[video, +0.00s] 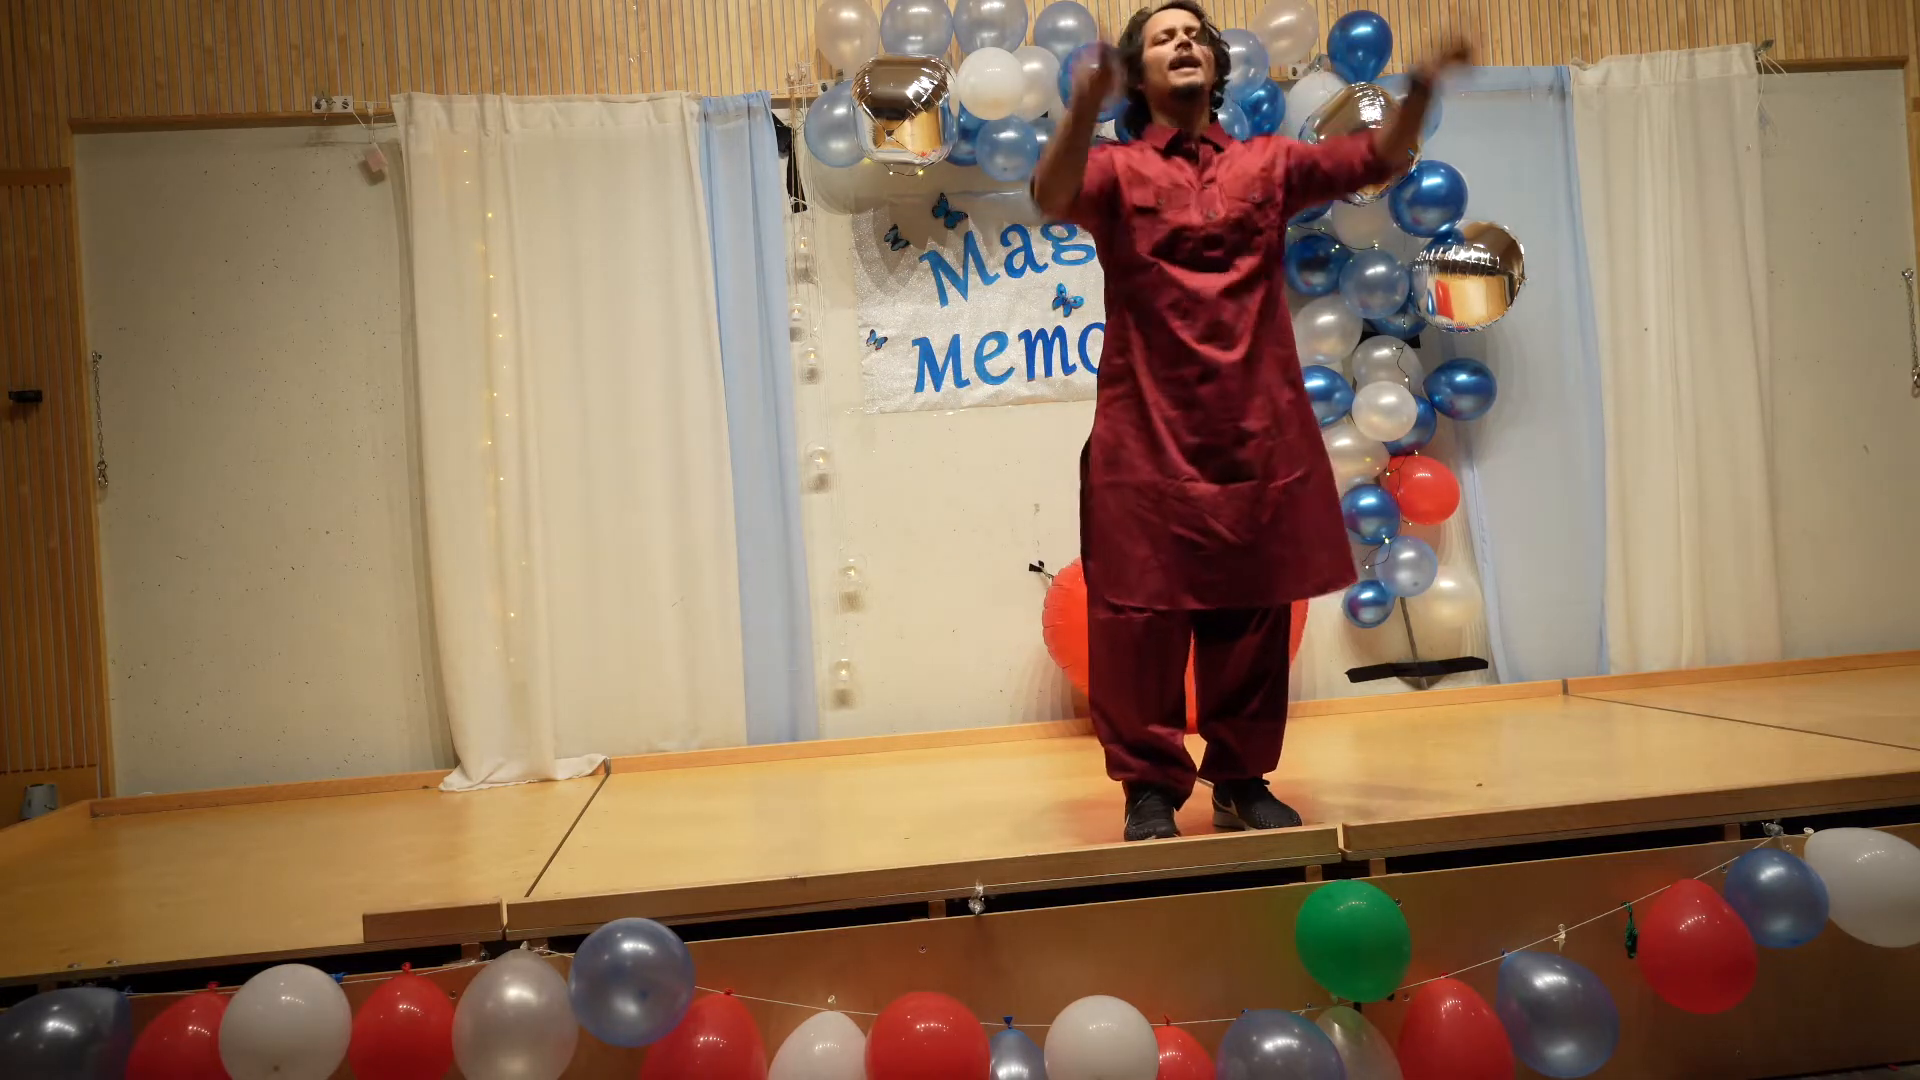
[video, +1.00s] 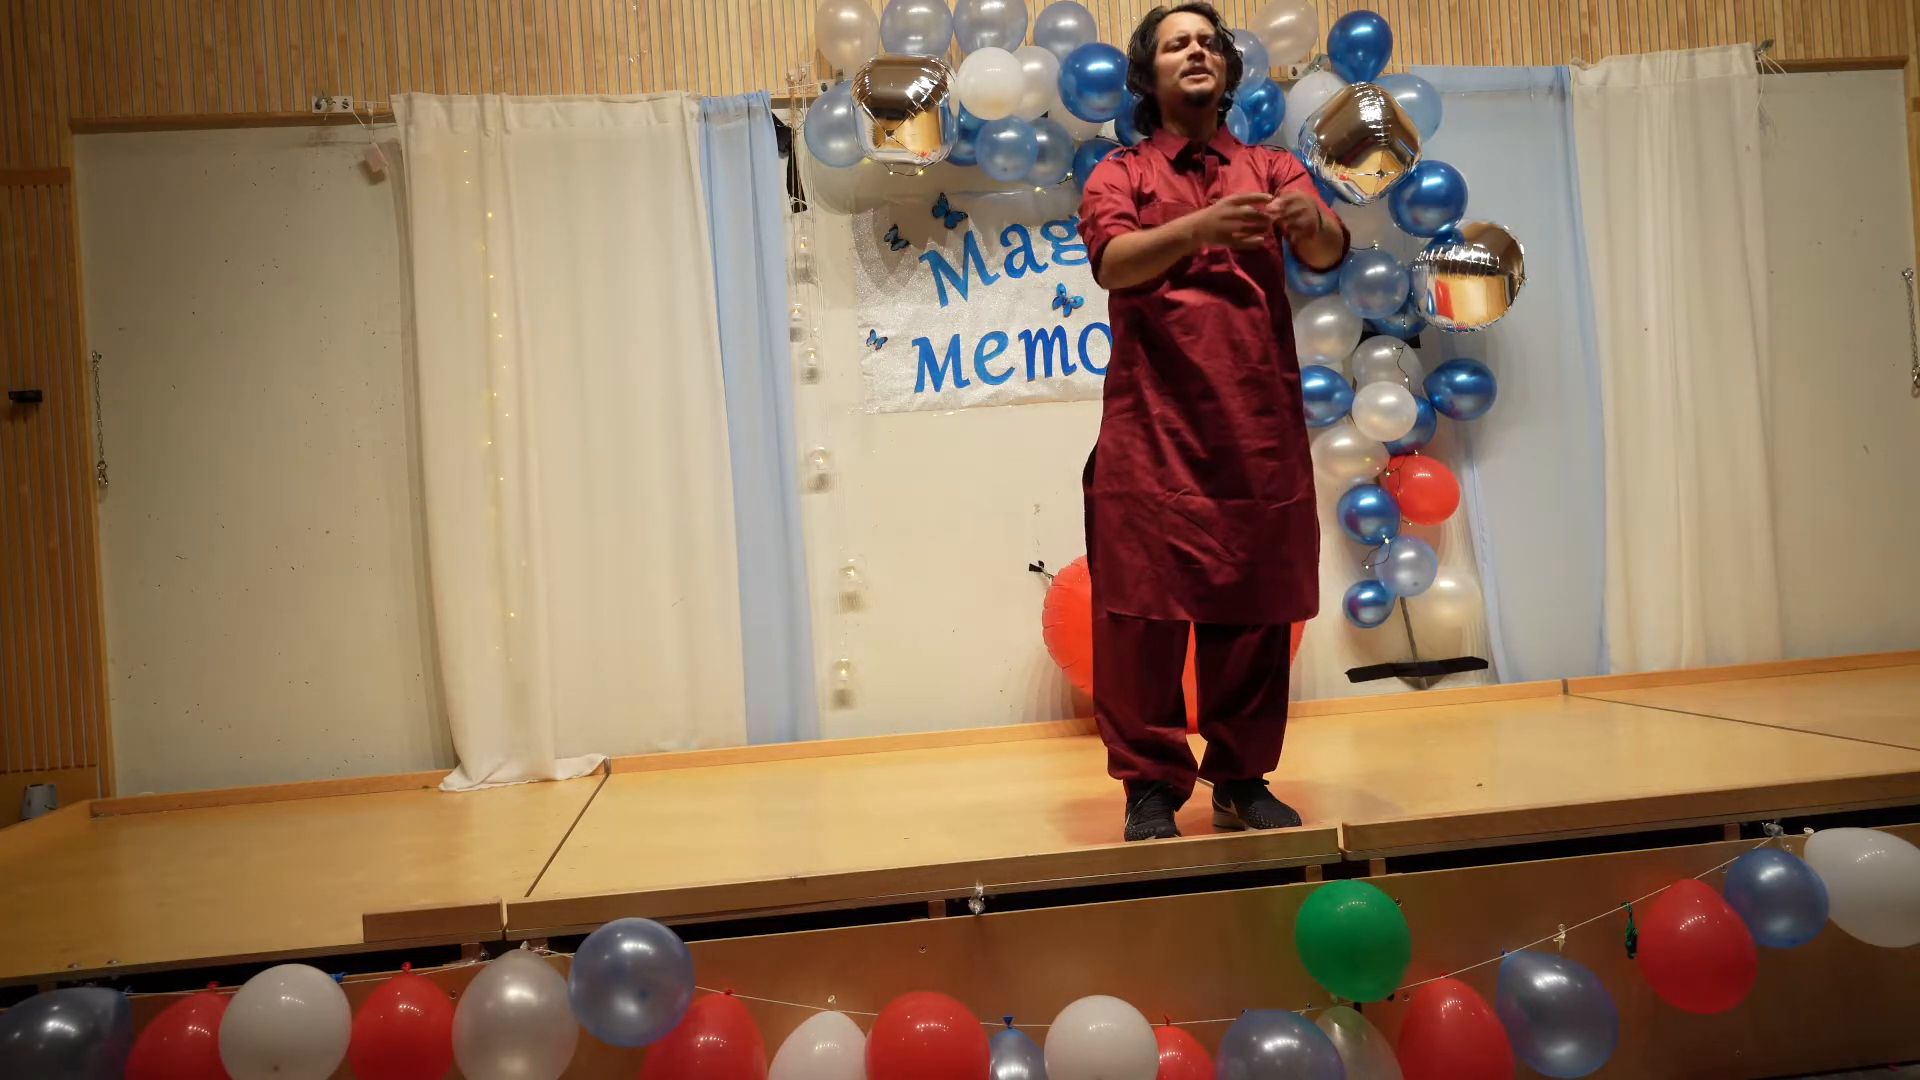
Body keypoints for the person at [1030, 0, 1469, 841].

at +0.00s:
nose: (1184, 45)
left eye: (1197, 36)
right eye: (1163, 38)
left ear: (1218, 67)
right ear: (1135, 73)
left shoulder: (1265, 159)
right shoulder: (1113, 164)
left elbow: (1380, 158)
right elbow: (1051, 195)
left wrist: (1422, 87)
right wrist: (1084, 104)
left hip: (1253, 422)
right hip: (1147, 423)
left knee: (1253, 612)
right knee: (1141, 613)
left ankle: (1243, 784)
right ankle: (1150, 791)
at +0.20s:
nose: (1192, 48)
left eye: (1205, 38)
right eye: (1171, 39)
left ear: (1226, 66)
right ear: (1140, 73)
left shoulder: (1270, 165)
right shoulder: (1112, 167)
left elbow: (1368, 220)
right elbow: (1056, 253)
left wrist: (1422, 195)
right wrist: (1099, 209)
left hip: (1256, 429)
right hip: (1149, 431)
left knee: (1251, 613)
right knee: (1140, 613)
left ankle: (1241, 783)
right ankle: (1150, 791)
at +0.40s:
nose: (1197, 50)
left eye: (1209, 40)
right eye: (1177, 41)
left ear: (1227, 66)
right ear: (1145, 71)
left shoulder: (1269, 164)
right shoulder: (1121, 165)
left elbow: (1339, 233)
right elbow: (1090, 252)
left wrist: (1367, 213)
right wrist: (1159, 213)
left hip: (1255, 420)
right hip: (1149, 421)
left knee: (1253, 604)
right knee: (1143, 607)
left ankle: (1242, 783)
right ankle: (1152, 789)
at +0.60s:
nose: (1199, 50)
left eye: (1210, 40)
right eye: (1178, 41)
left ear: (1231, 68)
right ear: (1146, 75)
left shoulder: (1268, 163)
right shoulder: (1120, 170)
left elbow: (1335, 242)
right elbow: (1113, 254)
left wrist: (1307, 208)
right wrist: (1199, 212)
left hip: (1258, 425)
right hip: (1153, 427)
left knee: (1252, 606)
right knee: (1143, 609)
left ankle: (1242, 785)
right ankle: (1150, 791)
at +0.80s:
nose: (1198, 51)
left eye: (1210, 41)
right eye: (1177, 43)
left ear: (1231, 69)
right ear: (1146, 76)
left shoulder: (1268, 162)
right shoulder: (1119, 170)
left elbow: (1332, 241)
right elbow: (1110, 258)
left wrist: (1308, 211)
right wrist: (1197, 214)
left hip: (1257, 423)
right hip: (1153, 424)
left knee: (1252, 605)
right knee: (1142, 607)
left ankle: (1242, 785)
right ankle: (1150, 791)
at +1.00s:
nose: (1197, 53)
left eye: (1210, 43)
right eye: (1177, 45)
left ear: (1231, 71)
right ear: (1146, 77)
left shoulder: (1269, 164)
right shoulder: (1119, 173)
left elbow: (1328, 251)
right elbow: (1112, 265)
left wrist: (1305, 223)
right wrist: (1204, 225)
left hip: (1257, 424)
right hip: (1152, 426)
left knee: (1252, 607)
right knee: (1142, 609)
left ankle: (1241, 784)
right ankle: (1150, 790)